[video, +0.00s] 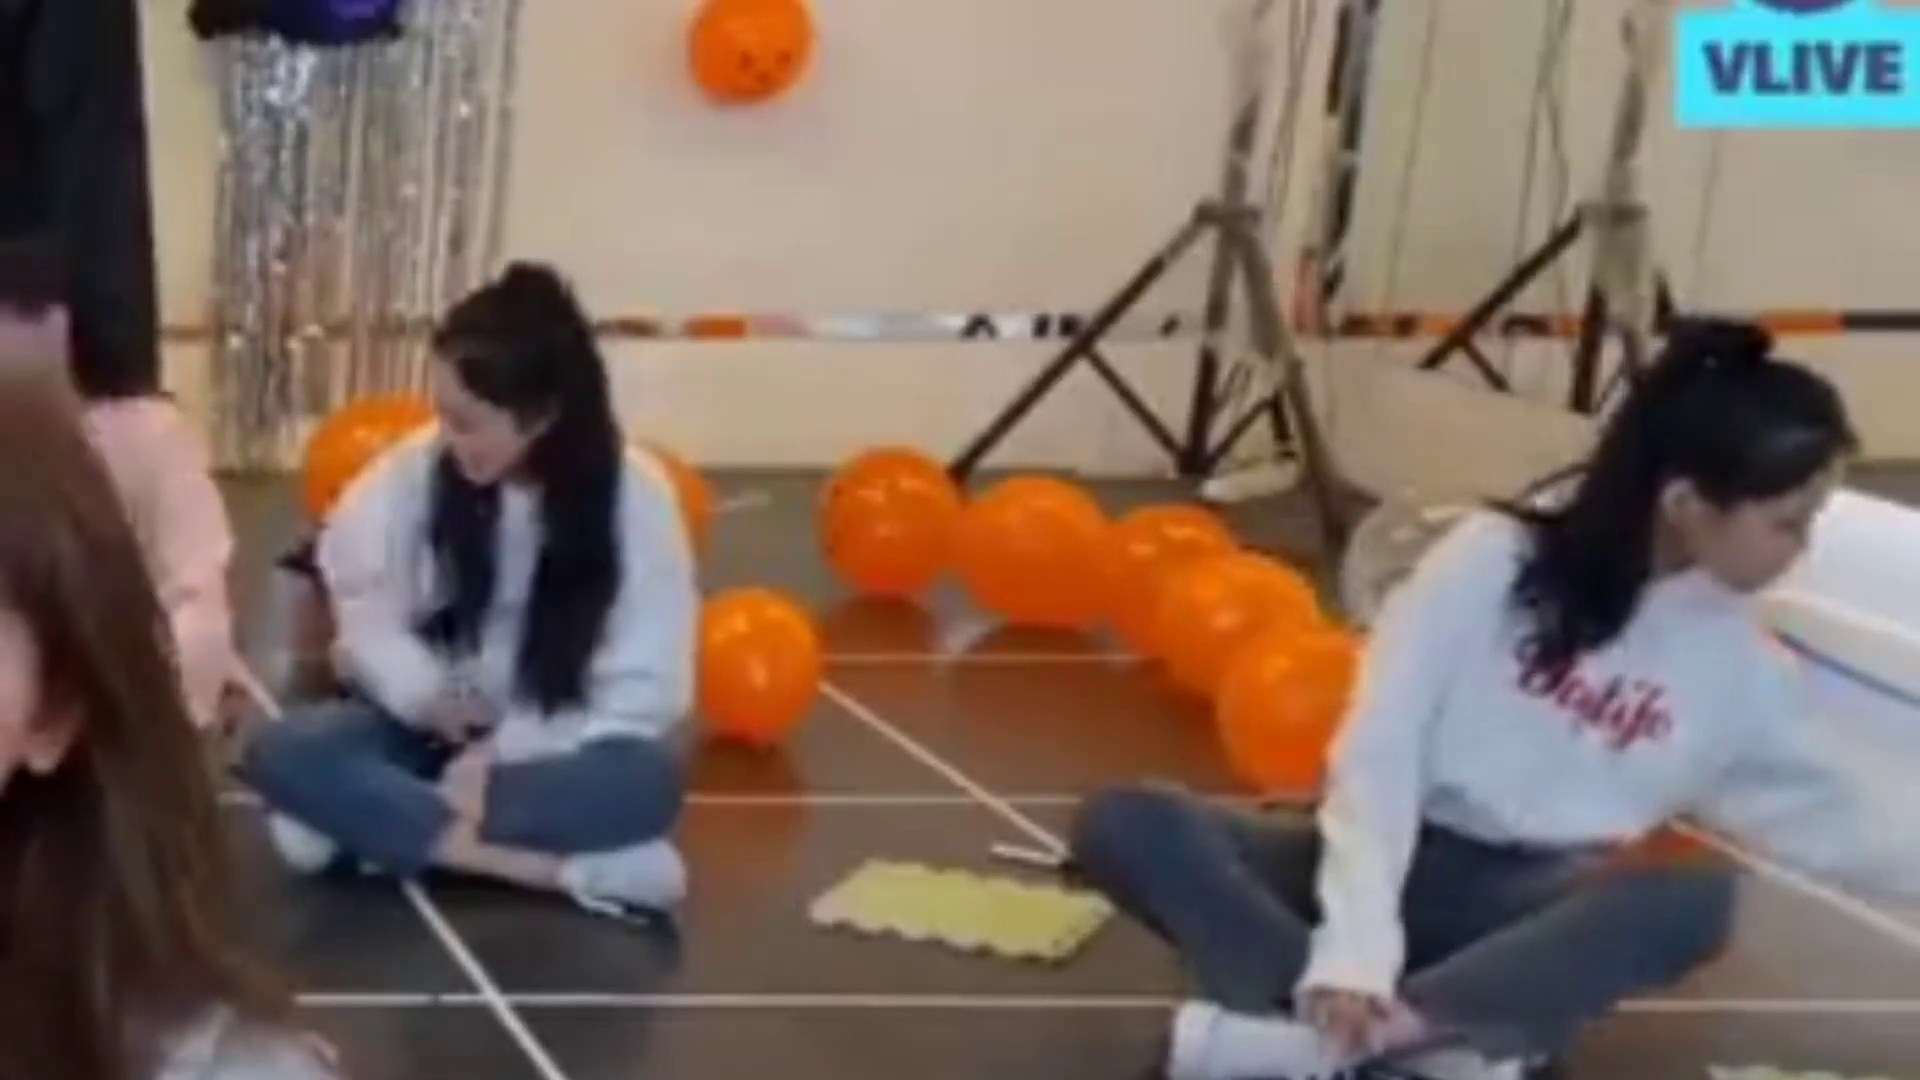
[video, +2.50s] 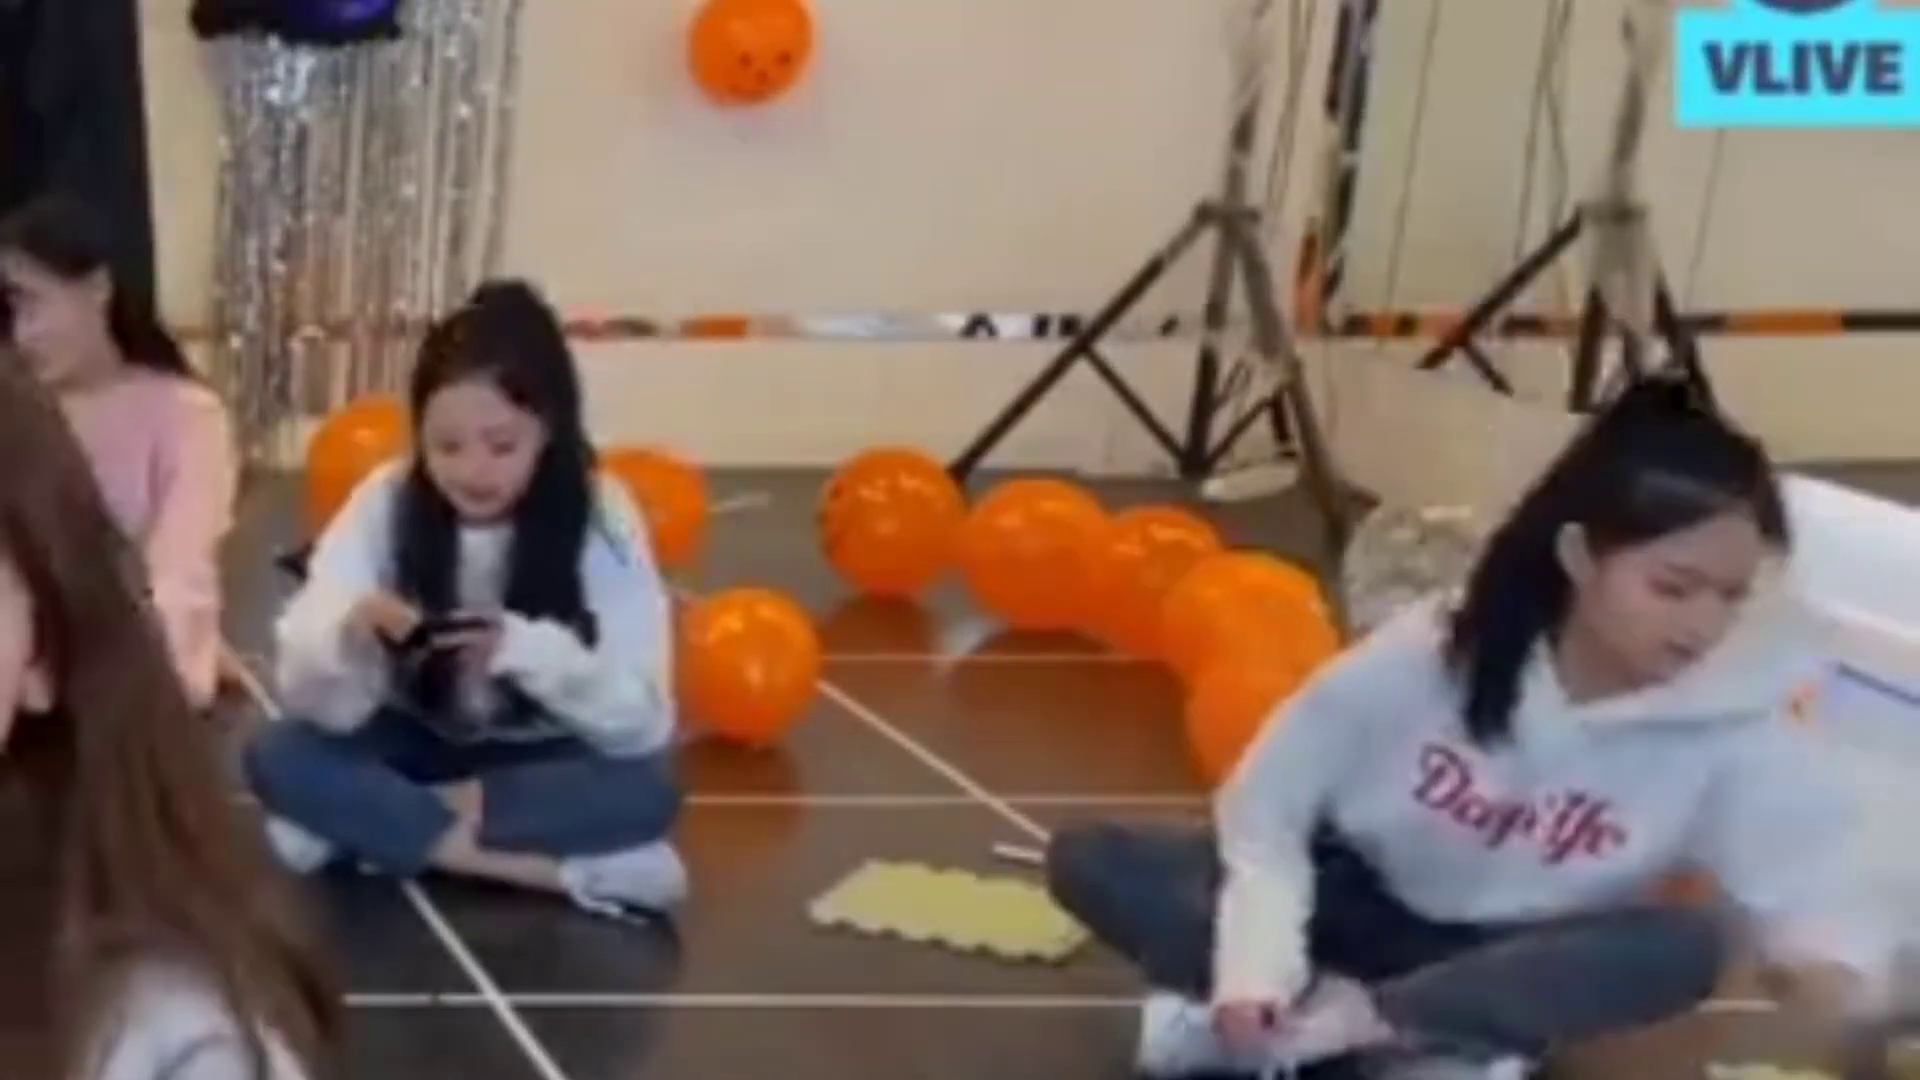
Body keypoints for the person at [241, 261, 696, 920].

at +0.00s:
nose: (451, 442)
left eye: (470, 426)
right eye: (444, 419)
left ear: (541, 414)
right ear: (436, 396)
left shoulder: (633, 497)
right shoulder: (409, 476)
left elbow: (650, 693)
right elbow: (356, 604)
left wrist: (503, 751)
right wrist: (430, 700)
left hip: (558, 731)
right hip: (423, 720)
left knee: (642, 785)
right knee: (280, 751)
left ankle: (371, 836)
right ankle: (549, 874)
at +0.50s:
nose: (397, 413)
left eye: (408, 393)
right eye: (397, 391)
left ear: (460, 389)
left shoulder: (609, 474)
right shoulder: (404, 470)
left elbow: (630, 669)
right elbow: (358, 609)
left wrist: (482, 770)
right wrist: (318, 702)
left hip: (553, 723)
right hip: (426, 713)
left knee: (642, 783)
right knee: (277, 756)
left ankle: (373, 836)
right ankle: (552, 876)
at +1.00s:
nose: (390, 405)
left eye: (401, 385)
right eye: (388, 383)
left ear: (453, 379)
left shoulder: (601, 473)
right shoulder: (402, 463)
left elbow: (629, 664)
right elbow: (346, 596)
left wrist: (479, 770)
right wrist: (309, 693)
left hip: (551, 722)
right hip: (425, 711)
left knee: (647, 777)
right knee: (275, 753)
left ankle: (371, 834)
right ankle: (552, 875)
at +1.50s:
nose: (462, 387)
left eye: (488, 365)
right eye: (456, 359)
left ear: (559, 367)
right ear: (446, 355)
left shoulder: (629, 481)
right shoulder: (424, 448)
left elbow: (627, 674)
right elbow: (337, 571)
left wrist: (420, 658)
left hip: (549, 732)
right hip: (420, 717)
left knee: (649, 778)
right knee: (286, 749)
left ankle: (369, 831)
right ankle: (556, 875)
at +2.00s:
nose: (531, 407)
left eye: (570, 390)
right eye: (522, 375)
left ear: (627, 406)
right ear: (503, 369)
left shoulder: (636, 521)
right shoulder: (438, 468)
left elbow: (655, 713)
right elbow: (301, 632)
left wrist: (556, 640)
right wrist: (346, 608)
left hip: (549, 738)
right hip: (421, 719)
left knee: (648, 792)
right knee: (283, 754)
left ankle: (369, 833)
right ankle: (555, 876)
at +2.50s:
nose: (474, 474)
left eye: (502, 448)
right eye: (448, 448)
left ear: (550, 434)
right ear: (419, 438)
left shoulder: (601, 518)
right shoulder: (385, 503)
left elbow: (641, 722)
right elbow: (307, 699)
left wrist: (523, 650)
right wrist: (359, 633)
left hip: (541, 744)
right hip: (409, 734)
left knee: (645, 795)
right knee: (276, 756)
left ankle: (368, 836)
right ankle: (548, 876)